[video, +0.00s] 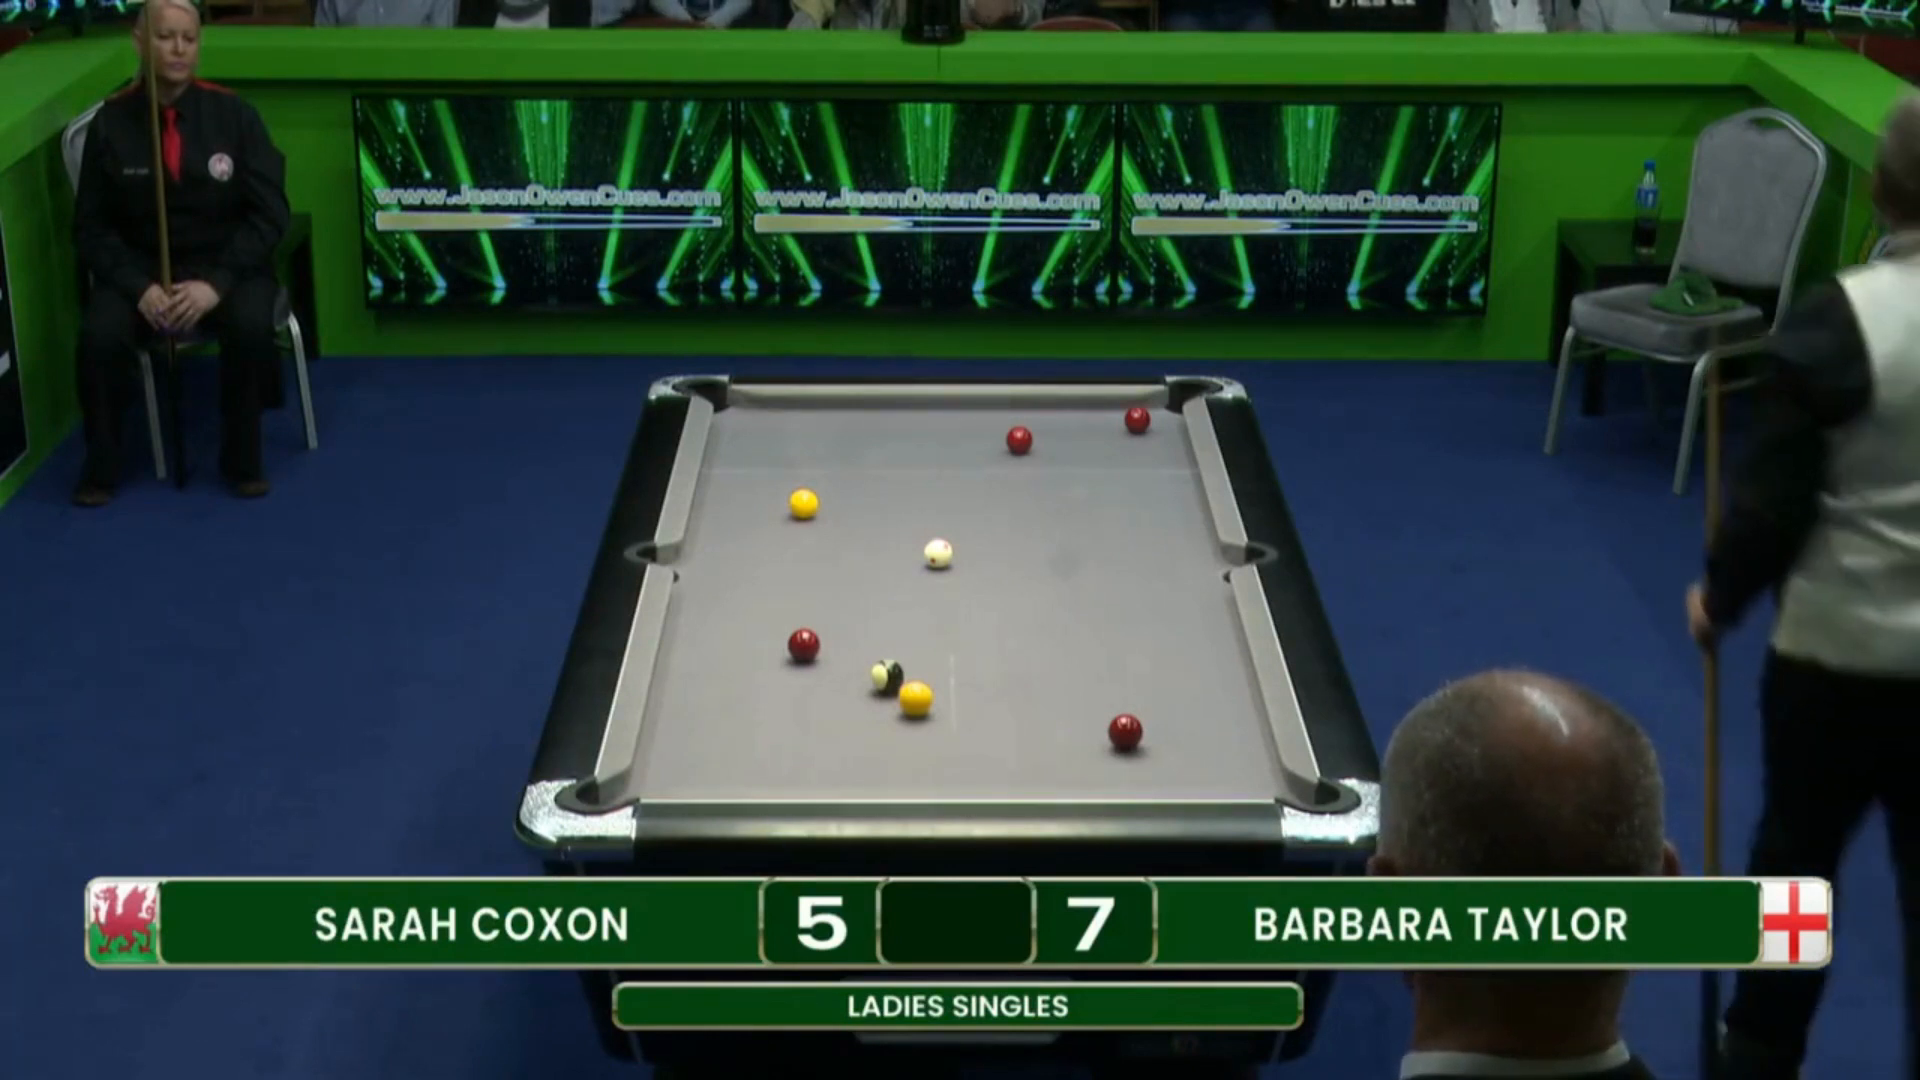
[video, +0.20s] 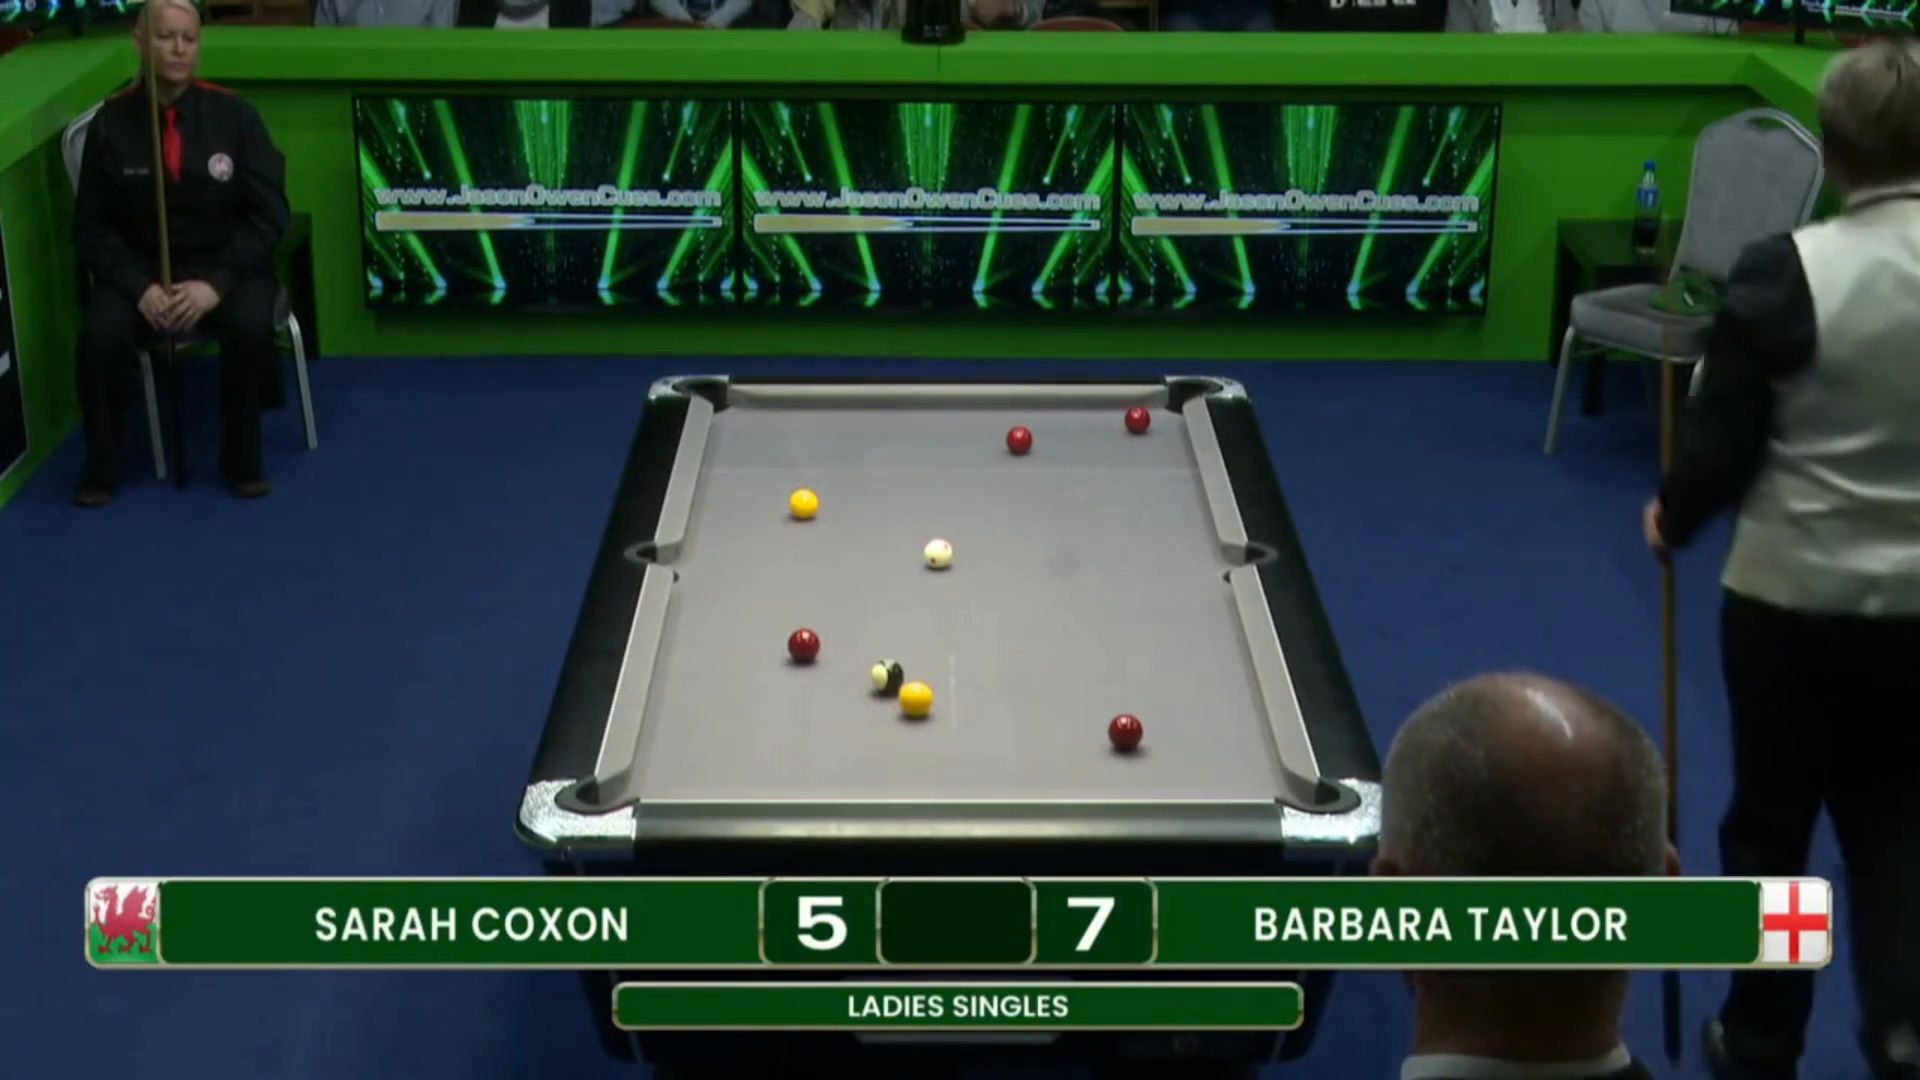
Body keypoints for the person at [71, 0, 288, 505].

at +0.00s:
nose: (179, 49)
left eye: (189, 38)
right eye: (165, 37)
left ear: (199, 44)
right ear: (140, 41)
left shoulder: (234, 115)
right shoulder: (111, 121)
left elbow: (269, 215)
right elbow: (90, 226)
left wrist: (214, 284)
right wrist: (140, 287)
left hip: (221, 268)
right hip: (138, 274)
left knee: (248, 328)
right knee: (101, 336)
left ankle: (243, 463)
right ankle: (101, 469)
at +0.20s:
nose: (179, 49)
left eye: (189, 38)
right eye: (165, 37)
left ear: (199, 44)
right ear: (140, 41)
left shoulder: (234, 115)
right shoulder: (111, 121)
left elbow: (269, 215)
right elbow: (90, 226)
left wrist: (214, 284)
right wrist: (140, 287)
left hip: (221, 268)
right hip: (139, 274)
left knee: (248, 328)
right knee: (101, 336)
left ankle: (243, 463)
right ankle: (101, 469)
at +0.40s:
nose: (179, 49)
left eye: (189, 38)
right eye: (165, 37)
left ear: (199, 44)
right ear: (140, 41)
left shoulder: (234, 115)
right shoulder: (111, 121)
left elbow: (269, 215)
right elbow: (90, 226)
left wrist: (214, 284)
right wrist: (140, 287)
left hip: (221, 267)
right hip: (139, 273)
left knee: (248, 328)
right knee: (101, 336)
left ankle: (243, 463)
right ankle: (101, 468)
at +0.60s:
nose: (180, 49)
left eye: (189, 38)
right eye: (166, 37)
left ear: (199, 45)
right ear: (140, 42)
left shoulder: (235, 116)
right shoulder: (111, 122)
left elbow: (268, 215)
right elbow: (90, 227)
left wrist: (214, 284)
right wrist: (141, 286)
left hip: (221, 267)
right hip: (138, 273)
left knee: (249, 327)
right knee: (100, 334)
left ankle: (243, 462)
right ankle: (101, 468)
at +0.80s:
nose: (180, 49)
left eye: (190, 38)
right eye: (166, 37)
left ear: (199, 45)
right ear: (140, 42)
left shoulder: (235, 116)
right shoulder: (111, 121)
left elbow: (268, 215)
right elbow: (90, 227)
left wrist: (214, 284)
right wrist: (141, 286)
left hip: (221, 267)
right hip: (138, 273)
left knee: (249, 327)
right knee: (100, 334)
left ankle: (243, 462)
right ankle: (101, 468)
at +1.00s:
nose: (181, 49)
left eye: (190, 38)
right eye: (167, 37)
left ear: (199, 45)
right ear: (140, 42)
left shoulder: (234, 116)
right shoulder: (111, 121)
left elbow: (268, 215)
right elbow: (90, 227)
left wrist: (214, 283)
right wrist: (141, 286)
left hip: (221, 267)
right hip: (138, 274)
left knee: (248, 327)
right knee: (100, 334)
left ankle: (243, 462)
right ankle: (101, 468)